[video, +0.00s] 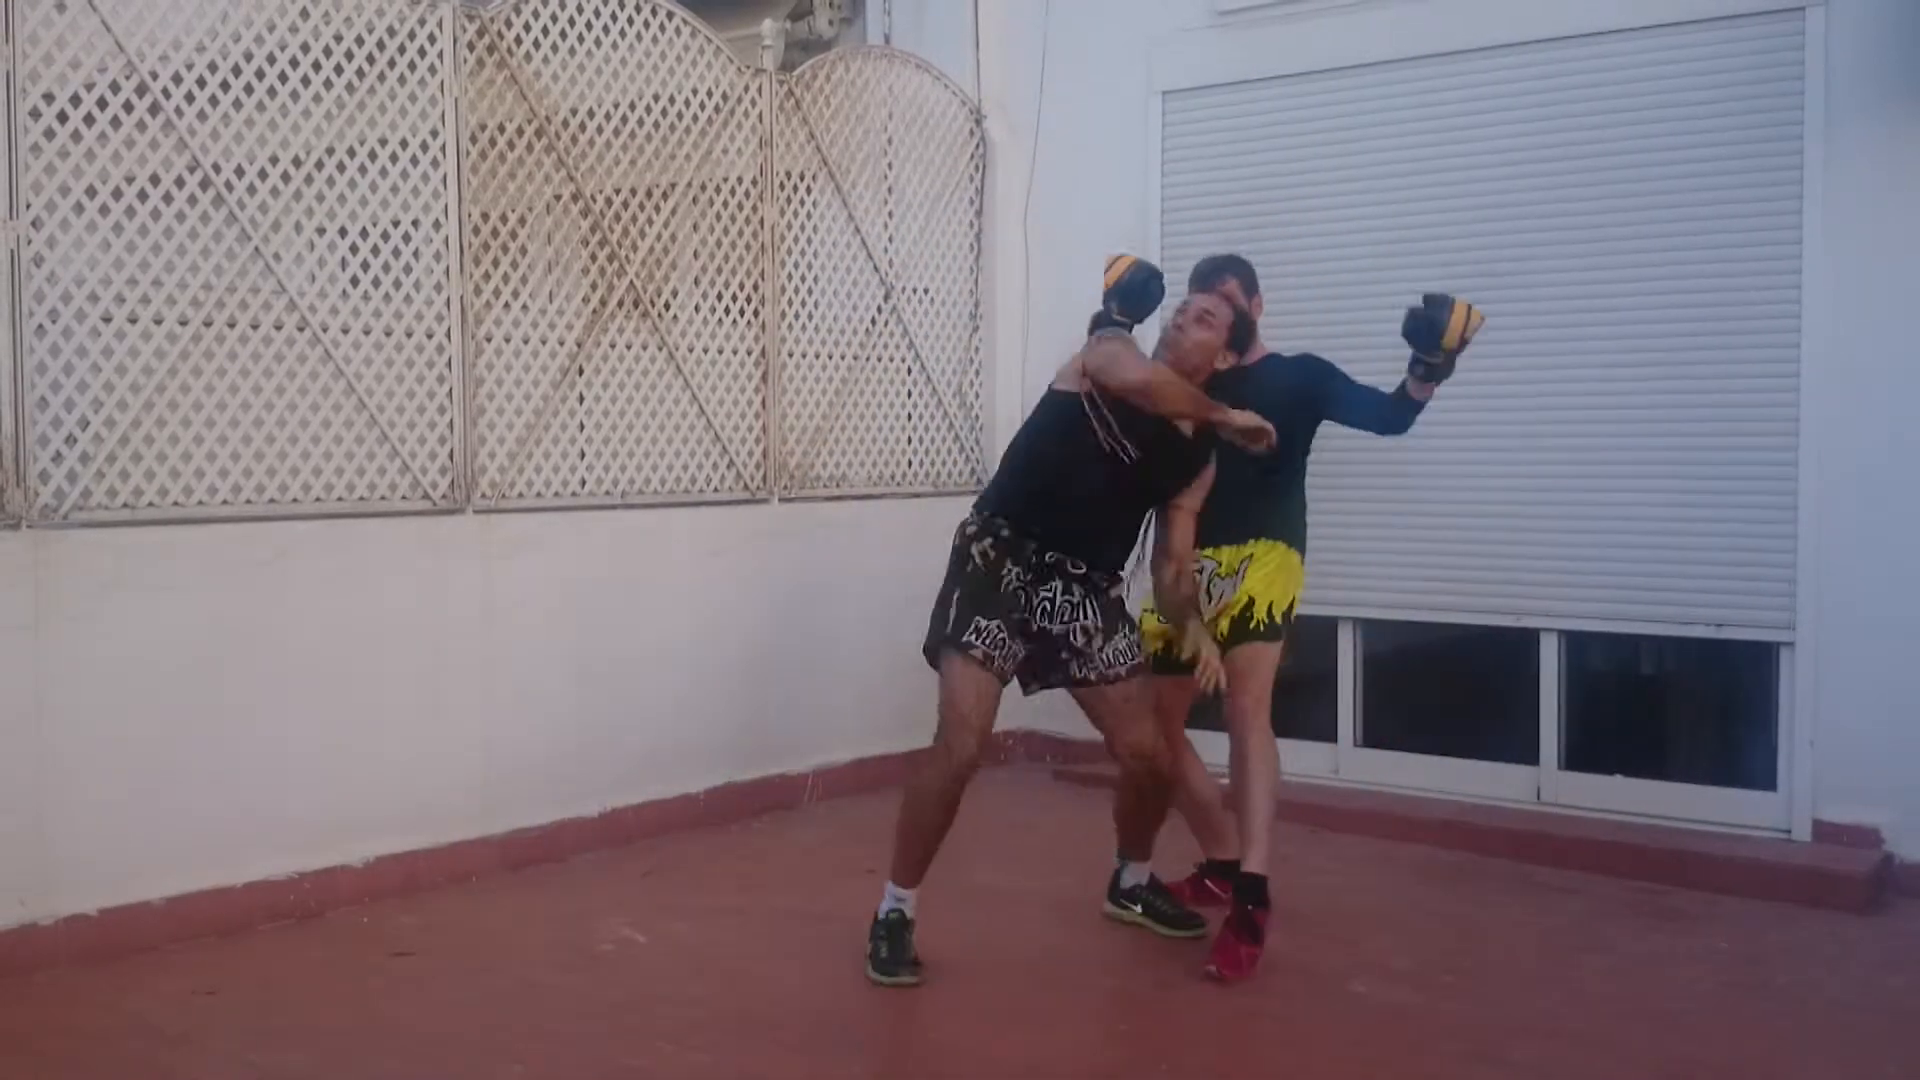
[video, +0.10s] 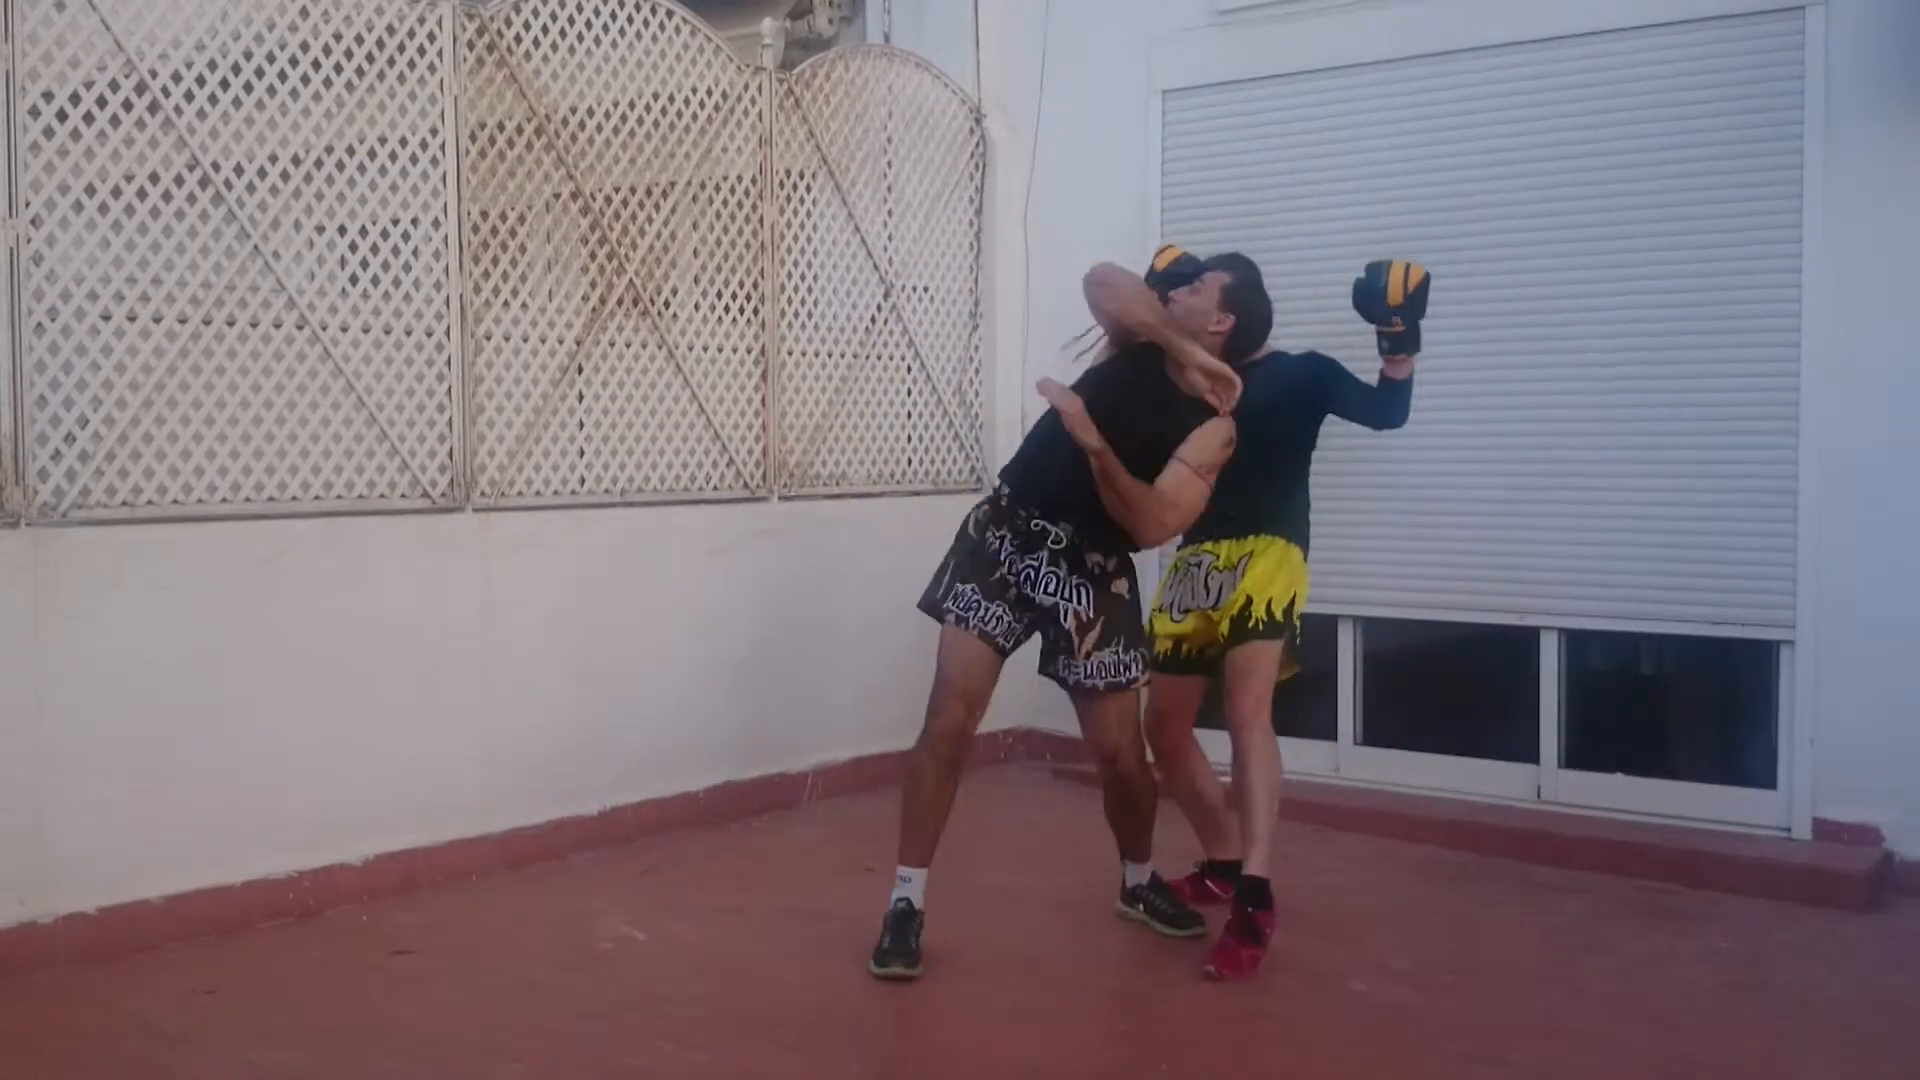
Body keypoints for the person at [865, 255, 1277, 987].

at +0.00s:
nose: (1193, 322)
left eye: (1211, 321)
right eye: (1189, 311)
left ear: (1226, 355)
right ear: (1165, 323)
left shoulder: (1195, 451)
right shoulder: (1108, 349)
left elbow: (1176, 564)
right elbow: (1140, 384)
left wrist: (1193, 625)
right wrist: (1219, 413)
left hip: (1086, 586)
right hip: (999, 557)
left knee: (1147, 752)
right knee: (963, 744)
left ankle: (1132, 882)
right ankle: (895, 911)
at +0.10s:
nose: (1179, 286)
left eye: (1197, 283)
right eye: (1187, 278)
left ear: (1225, 320)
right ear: (1182, 303)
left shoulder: (1213, 423)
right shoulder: (1137, 339)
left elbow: (1155, 524)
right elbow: (1102, 280)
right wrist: (1179, 345)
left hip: (1097, 571)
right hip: (1006, 536)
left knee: (1123, 757)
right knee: (950, 724)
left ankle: (1139, 883)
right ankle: (906, 901)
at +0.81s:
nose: (1193, 304)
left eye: (1201, 291)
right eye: (1184, 287)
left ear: (1191, 292)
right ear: (1137, 276)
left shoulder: (1173, 372)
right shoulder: (1055, 331)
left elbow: (1182, 495)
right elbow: (962, 400)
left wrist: (1188, 440)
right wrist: (1062, 370)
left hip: (1111, 551)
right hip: (1023, 538)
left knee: (1137, 724)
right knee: (998, 727)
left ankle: (1157, 878)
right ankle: (924, 914)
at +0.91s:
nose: (1166, 310)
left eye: (1170, 296)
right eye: (1160, 293)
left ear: (1124, 290)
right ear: (1113, 285)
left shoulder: (1124, 370)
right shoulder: (1026, 346)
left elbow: (1129, 479)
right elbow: (980, 462)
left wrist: (1156, 450)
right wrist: (1088, 427)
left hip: (1079, 550)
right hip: (1003, 545)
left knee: (1115, 720)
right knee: (1001, 734)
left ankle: (1148, 878)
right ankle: (921, 922)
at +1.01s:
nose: (1142, 302)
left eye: (1144, 287)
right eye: (1137, 286)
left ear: (1098, 279)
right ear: (1094, 278)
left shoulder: (1077, 347)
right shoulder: (1013, 348)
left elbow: (1028, 455)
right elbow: (990, 473)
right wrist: (1102, 446)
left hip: (1045, 545)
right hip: (982, 547)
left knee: (1089, 711)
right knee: (990, 734)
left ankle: (1109, 878)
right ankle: (916, 922)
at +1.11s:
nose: (1125, 292)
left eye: (1128, 278)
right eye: (1120, 277)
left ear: (1078, 271)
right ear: (1075, 270)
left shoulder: (1055, 340)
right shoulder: (1011, 341)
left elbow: (1021, 443)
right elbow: (991, 468)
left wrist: (1095, 433)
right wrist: (1096, 442)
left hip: (1029, 542)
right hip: (969, 543)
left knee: (1063, 705)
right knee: (971, 733)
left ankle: (1058, 866)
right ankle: (912, 922)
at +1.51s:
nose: (1116, 288)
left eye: (1119, 275)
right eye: (1108, 273)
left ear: (1078, 272)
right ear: (1062, 267)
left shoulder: (1071, 348)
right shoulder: (997, 326)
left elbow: (1093, 448)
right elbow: (971, 425)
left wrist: (1145, 396)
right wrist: (1070, 380)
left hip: (1035, 541)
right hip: (976, 536)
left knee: (1008, 710)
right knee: (978, 711)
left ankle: (962, 847)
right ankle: (918, 898)